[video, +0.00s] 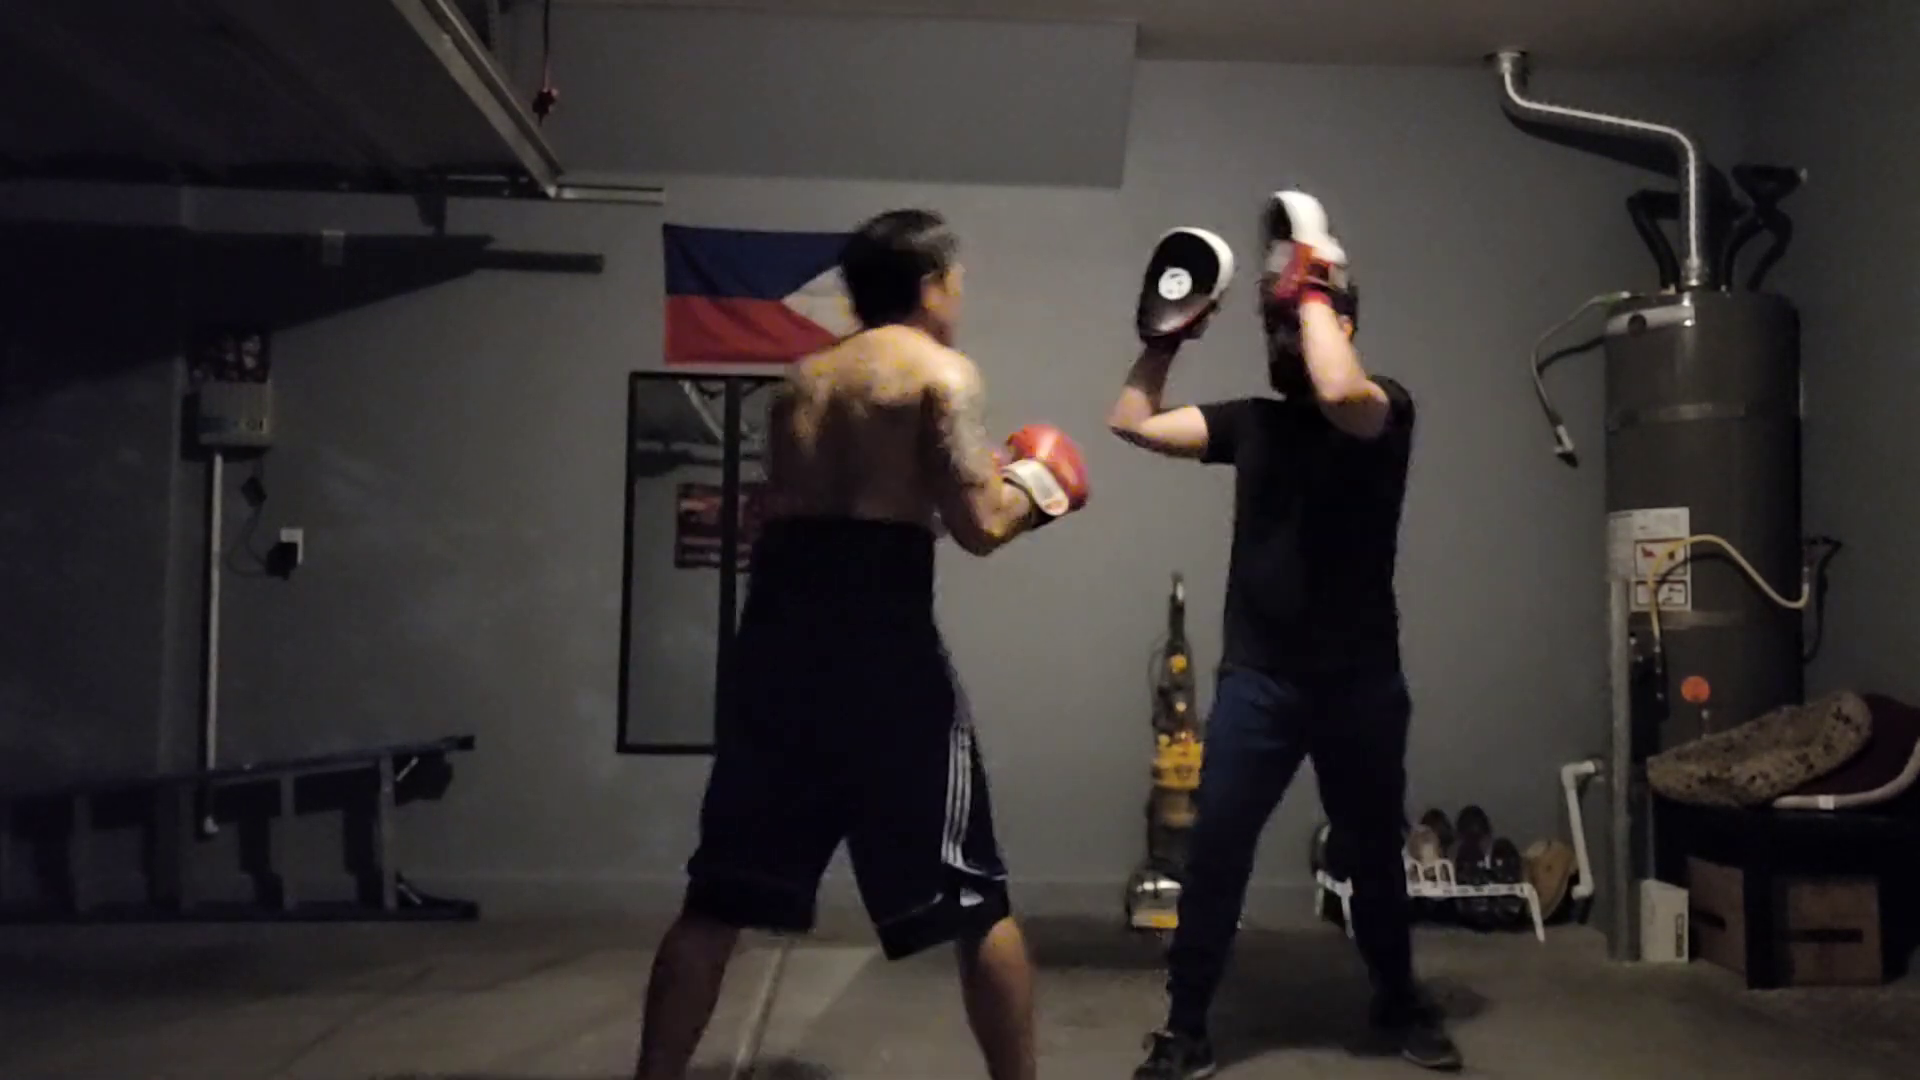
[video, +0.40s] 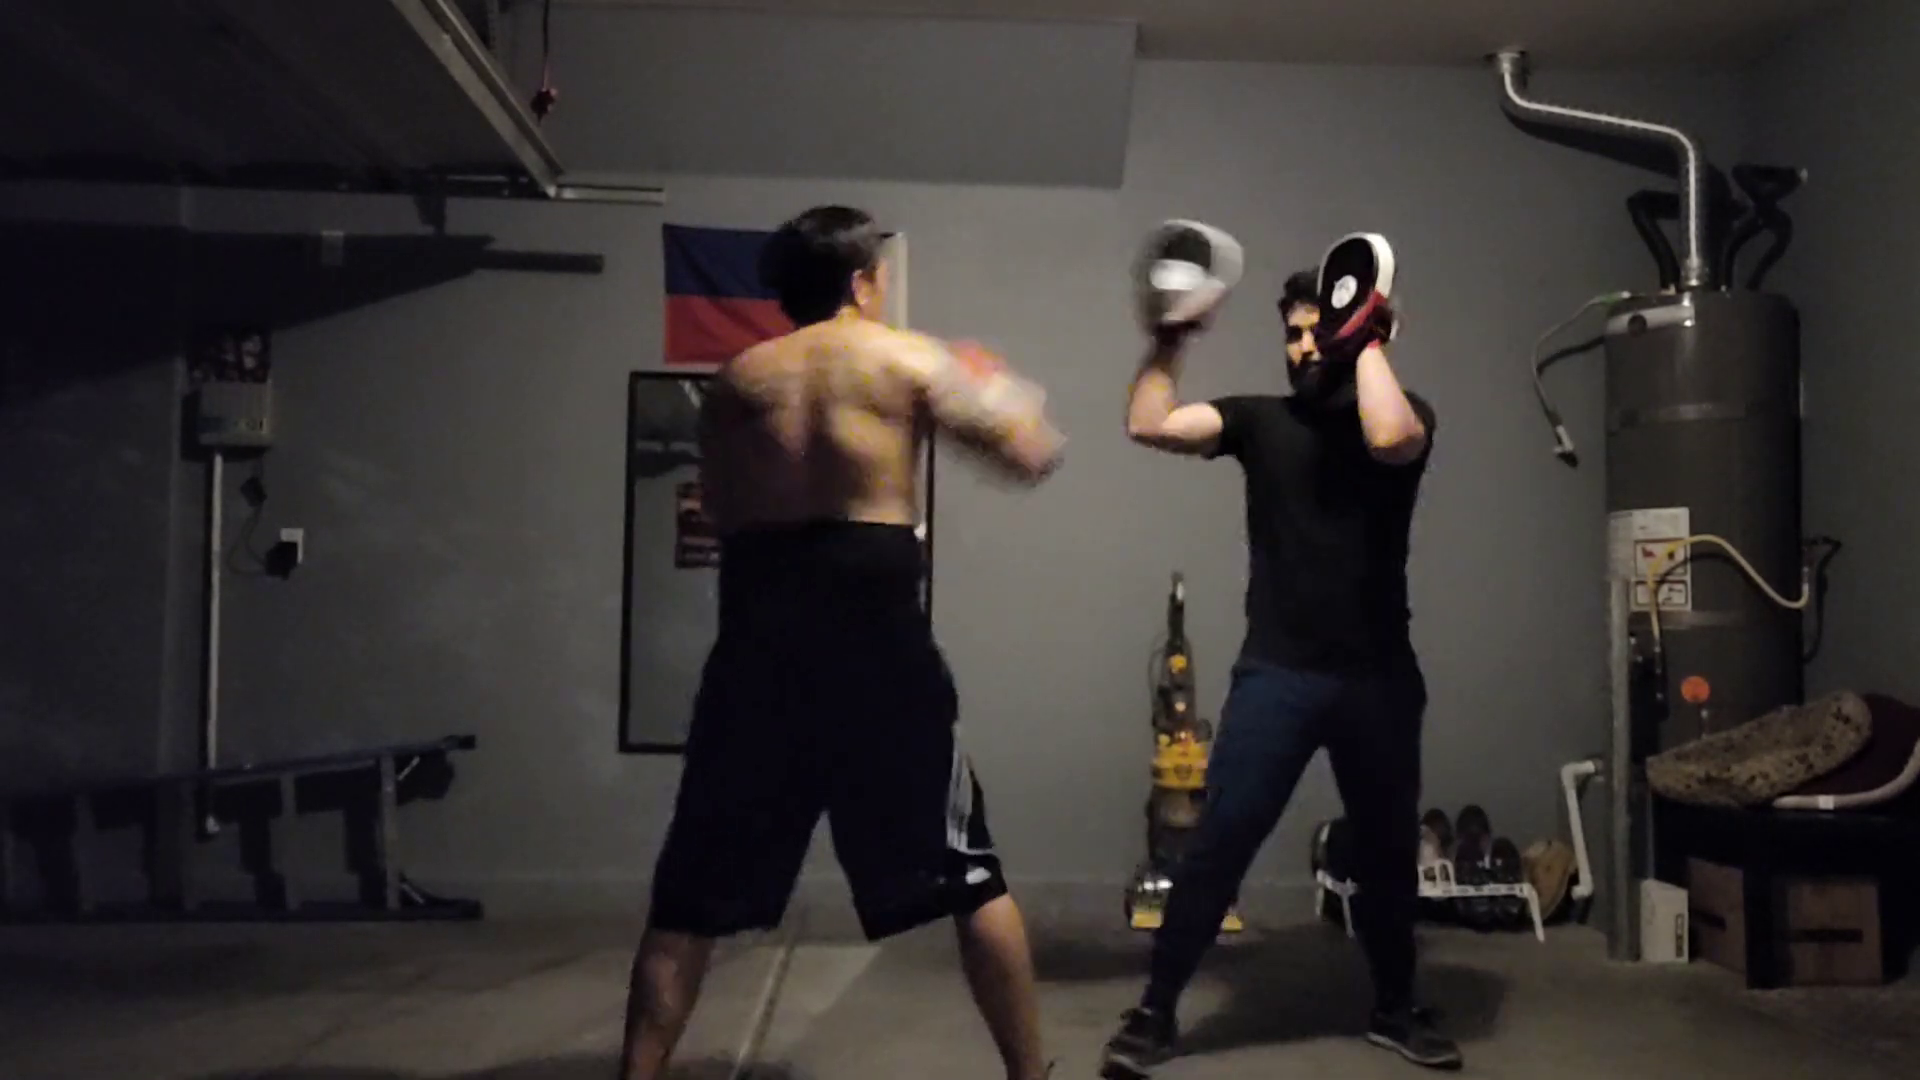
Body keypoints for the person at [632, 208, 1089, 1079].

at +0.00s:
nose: (960, 296)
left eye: (956, 279)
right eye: (954, 280)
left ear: (864, 290)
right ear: (929, 288)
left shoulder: (797, 384)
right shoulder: (940, 374)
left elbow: (805, 514)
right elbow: (980, 524)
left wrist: (997, 473)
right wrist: (1040, 484)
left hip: (777, 657)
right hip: (887, 659)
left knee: (718, 892)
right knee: (977, 895)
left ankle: (655, 1071)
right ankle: (1018, 1072)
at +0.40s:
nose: (888, 290)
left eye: (881, 275)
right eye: (884, 278)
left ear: (790, 289)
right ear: (862, 287)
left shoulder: (735, 379)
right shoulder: (904, 358)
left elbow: (724, 517)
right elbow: (1031, 451)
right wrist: (1003, 390)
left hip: (758, 661)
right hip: (879, 655)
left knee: (691, 888)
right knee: (970, 872)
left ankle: (638, 1069)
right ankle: (1028, 1067)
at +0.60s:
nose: (951, 272)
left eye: (947, 258)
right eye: (948, 259)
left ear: (850, 273)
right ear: (928, 268)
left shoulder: (802, 357)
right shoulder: (972, 348)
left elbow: (837, 466)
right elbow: (1064, 455)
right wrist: (1059, 364)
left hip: (813, 620)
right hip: (924, 622)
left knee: (742, 864)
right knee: (993, 877)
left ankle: (669, 1065)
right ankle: (1031, 1071)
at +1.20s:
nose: (952, 290)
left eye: (946, 274)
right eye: (946, 276)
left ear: (860, 288)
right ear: (927, 289)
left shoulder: (811, 379)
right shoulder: (929, 378)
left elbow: (873, 490)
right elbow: (974, 529)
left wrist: (977, 416)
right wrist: (1038, 482)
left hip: (786, 653)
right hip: (887, 656)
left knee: (716, 877)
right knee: (979, 886)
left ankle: (639, 1067)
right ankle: (1021, 1070)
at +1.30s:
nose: (911, 306)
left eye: (908, 291)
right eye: (907, 292)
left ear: (812, 306)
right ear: (885, 302)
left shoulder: (761, 394)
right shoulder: (892, 396)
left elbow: (787, 519)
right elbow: (920, 540)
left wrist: (913, 449)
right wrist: (984, 505)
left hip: (757, 675)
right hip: (867, 678)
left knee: (697, 891)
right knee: (978, 886)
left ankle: (632, 1070)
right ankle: (1014, 1070)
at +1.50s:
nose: (880, 312)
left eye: (875, 297)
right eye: (877, 299)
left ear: (787, 303)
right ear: (854, 305)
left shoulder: (730, 389)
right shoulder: (883, 386)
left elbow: (755, 515)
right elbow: (973, 521)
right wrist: (981, 472)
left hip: (748, 665)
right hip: (866, 664)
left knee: (681, 889)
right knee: (969, 869)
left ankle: (626, 1071)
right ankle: (1027, 1066)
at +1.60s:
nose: (901, 304)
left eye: (896, 290)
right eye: (896, 292)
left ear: (801, 300)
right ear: (875, 301)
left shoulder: (744, 390)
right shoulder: (922, 372)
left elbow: (730, 525)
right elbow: (1055, 445)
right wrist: (1014, 379)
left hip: (770, 677)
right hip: (894, 674)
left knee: (690, 892)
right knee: (981, 879)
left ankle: (632, 1071)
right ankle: (1041, 1070)